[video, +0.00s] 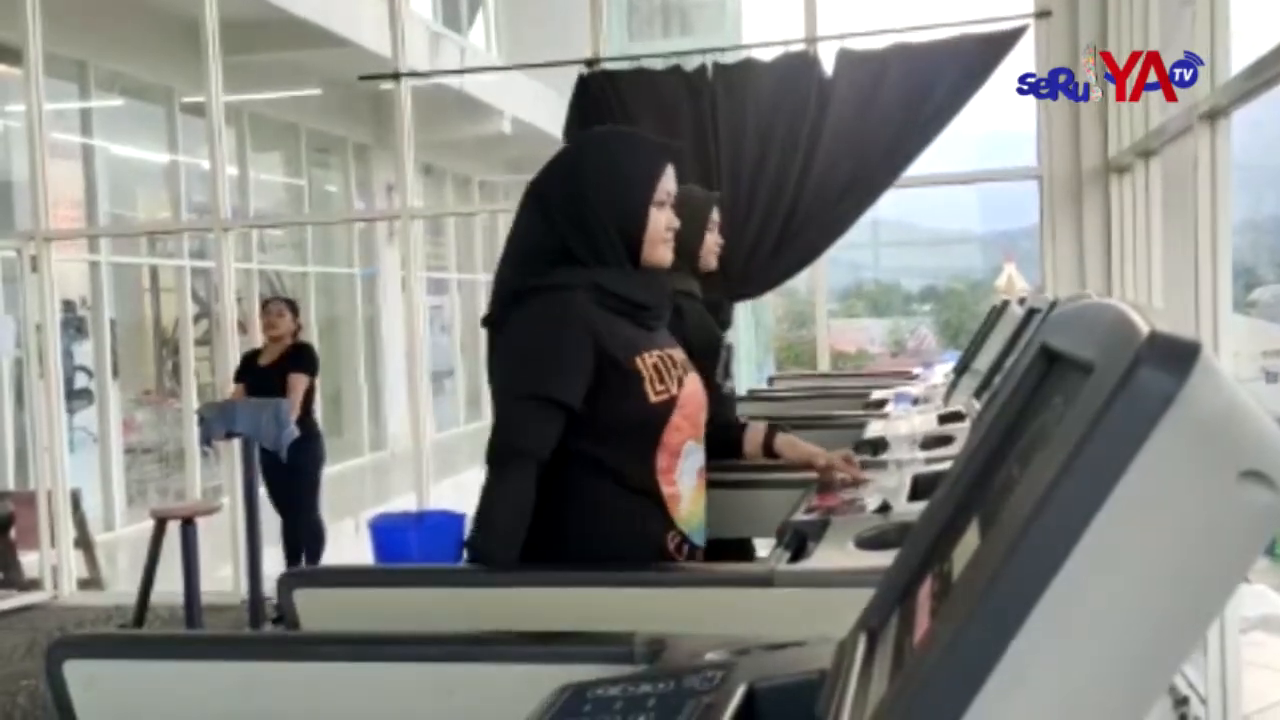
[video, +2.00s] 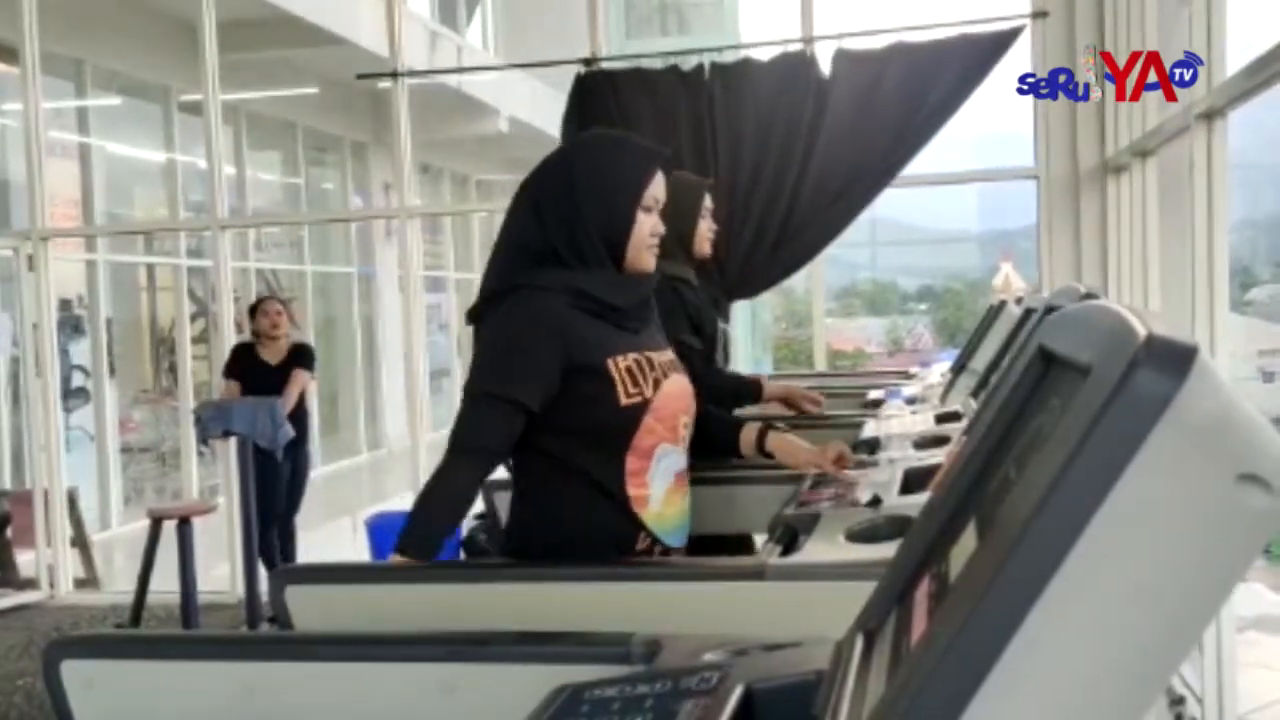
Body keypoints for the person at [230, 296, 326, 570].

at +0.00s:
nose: (272, 320)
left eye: (280, 315)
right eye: (267, 315)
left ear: (294, 322)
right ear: (261, 322)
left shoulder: (301, 352)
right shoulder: (251, 359)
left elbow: (295, 398)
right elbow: (238, 398)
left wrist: (282, 429)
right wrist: (224, 423)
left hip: (302, 436)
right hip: (267, 439)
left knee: (305, 509)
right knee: (288, 512)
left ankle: (312, 571)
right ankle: (292, 574)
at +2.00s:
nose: (274, 319)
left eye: (279, 313)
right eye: (266, 314)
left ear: (288, 319)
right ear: (254, 323)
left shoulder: (301, 351)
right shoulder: (242, 352)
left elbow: (294, 388)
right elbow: (231, 394)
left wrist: (275, 420)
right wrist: (237, 424)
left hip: (292, 437)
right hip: (254, 437)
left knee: (286, 511)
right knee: (263, 511)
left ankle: (288, 577)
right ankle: (275, 576)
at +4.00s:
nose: (265, 317)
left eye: (272, 311)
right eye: (258, 312)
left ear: (282, 317)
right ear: (249, 319)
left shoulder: (297, 351)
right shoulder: (237, 353)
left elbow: (290, 394)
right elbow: (227, 395)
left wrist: (271, 420)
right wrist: (241, 418)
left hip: (293, 433)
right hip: (255, 435)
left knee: (297, 501)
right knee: (268, 505)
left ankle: (305, 563)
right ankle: (274, 566)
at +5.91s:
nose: (246, 326)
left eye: (253, 322)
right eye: (246, 321)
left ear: (272, 330)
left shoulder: (277, 358)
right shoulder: (237, 365)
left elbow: (275, 407)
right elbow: (223, 403)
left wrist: (261, 439)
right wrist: (202, 424)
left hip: (283, 442)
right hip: (257, 444)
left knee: (282, 513)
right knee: (274, 515)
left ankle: (284, 576)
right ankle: (290, 573)